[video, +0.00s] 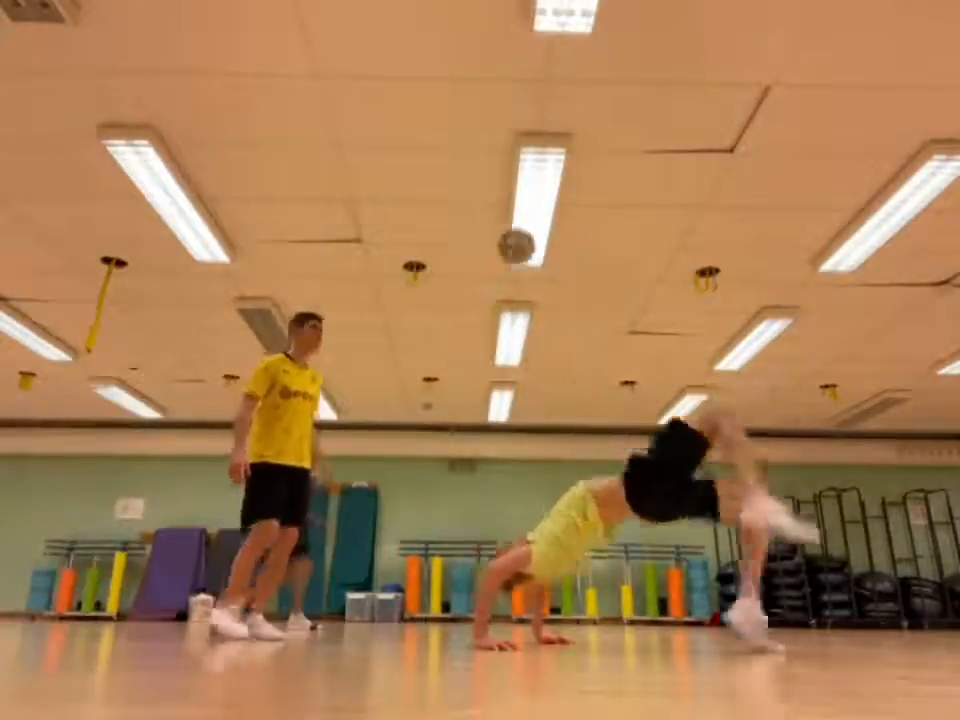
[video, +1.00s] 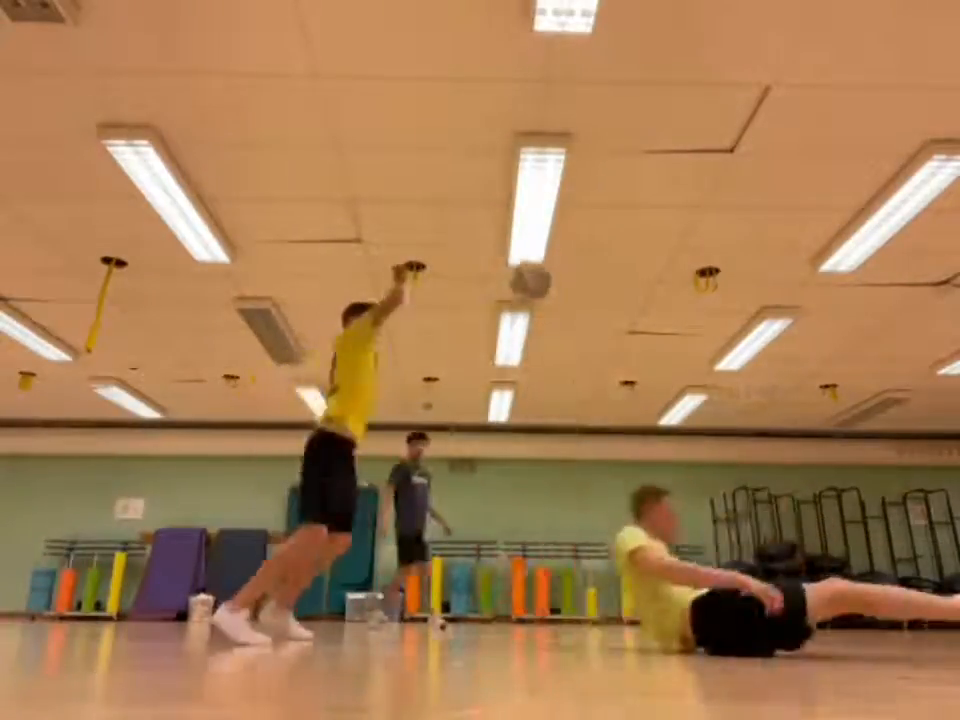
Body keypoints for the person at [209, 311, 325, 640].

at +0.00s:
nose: (319, 336)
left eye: (320, 331)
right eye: (313, 329)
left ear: (317, 339)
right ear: (295, 332)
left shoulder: (313, 378)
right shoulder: (272, 367)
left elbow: (309, 423)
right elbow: (246, 408)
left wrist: (314, 458)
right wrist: (238, 453)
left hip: (298, 463)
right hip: (267, 460)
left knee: (287, 537)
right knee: (264, 532)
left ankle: (256, 613)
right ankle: (228, 608)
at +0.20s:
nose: (332, 341)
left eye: (335, 336)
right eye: (328, 334)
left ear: (331, 340)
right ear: (310, 331)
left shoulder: (318, 375)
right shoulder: (284, 363)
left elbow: (310, 423)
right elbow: (254, 401)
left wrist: (324, 457)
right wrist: (246, 450)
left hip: (301, 464)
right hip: (275, 459)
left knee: (299, 534)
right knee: (276, 529)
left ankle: (262, 616)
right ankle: (249, 618)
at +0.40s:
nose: (345, 343)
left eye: (349, 337)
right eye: (342, 335)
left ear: (345, 338)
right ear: (325, 330)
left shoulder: (326, 372)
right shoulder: (295, 357)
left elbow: (313, 420)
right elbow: (259, 398)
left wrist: (333, 452)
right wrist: (258, 444)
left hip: (307, 461)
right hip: (283, 455)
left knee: (306, 532)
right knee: (283, 527)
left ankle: (274, 614)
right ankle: (251, 617)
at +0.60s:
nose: (357, 344)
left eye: (361, 339)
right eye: (354, 337)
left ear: (357, 341)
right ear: (337, 332)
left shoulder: (338, 375)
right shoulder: (307, 361)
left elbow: (319, 423)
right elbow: (274, 396)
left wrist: (340, 452)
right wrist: (276, 434)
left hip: (310, 464)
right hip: (286, 458)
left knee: (309, 535)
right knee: (285, 529)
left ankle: (274, 615)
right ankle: (245, 618)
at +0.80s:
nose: (359, 348)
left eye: (362, 343)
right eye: (353, 342)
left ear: (361, 349)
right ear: (336, 345)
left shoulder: (348, 387)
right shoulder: (323, 374)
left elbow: (345, 424)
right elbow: (319, 402)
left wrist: (362, 452)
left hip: (304, 465)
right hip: (286, 462)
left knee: (309, 545)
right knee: (317, 531)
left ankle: (275, 615)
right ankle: (260, 603)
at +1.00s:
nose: (376, 326)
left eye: (375, 321)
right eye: (371, 320)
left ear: (354, 321)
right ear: (358, 320)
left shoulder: (359, 350)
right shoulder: (352, 339)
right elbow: (393, 303)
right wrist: (402, 278)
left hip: (342, 449)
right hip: (329, 446)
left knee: (339, 539)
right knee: (314, 532)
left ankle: (279, 611)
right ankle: (234, 610)